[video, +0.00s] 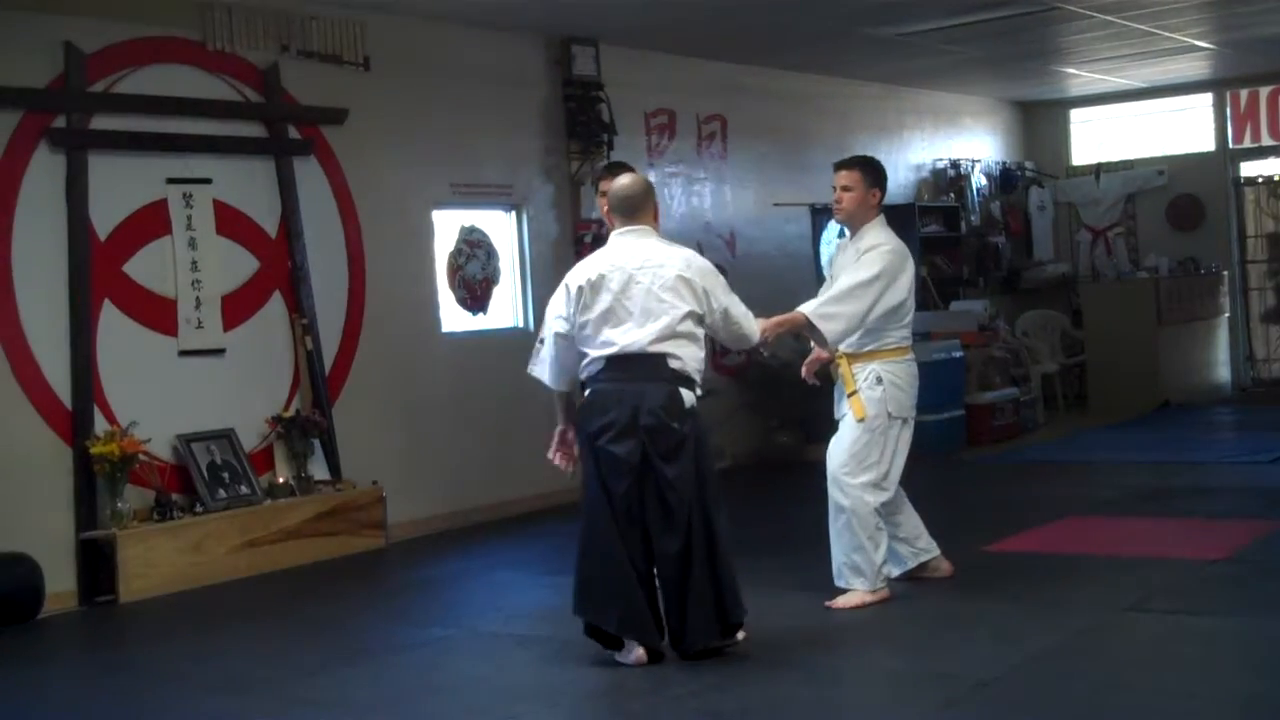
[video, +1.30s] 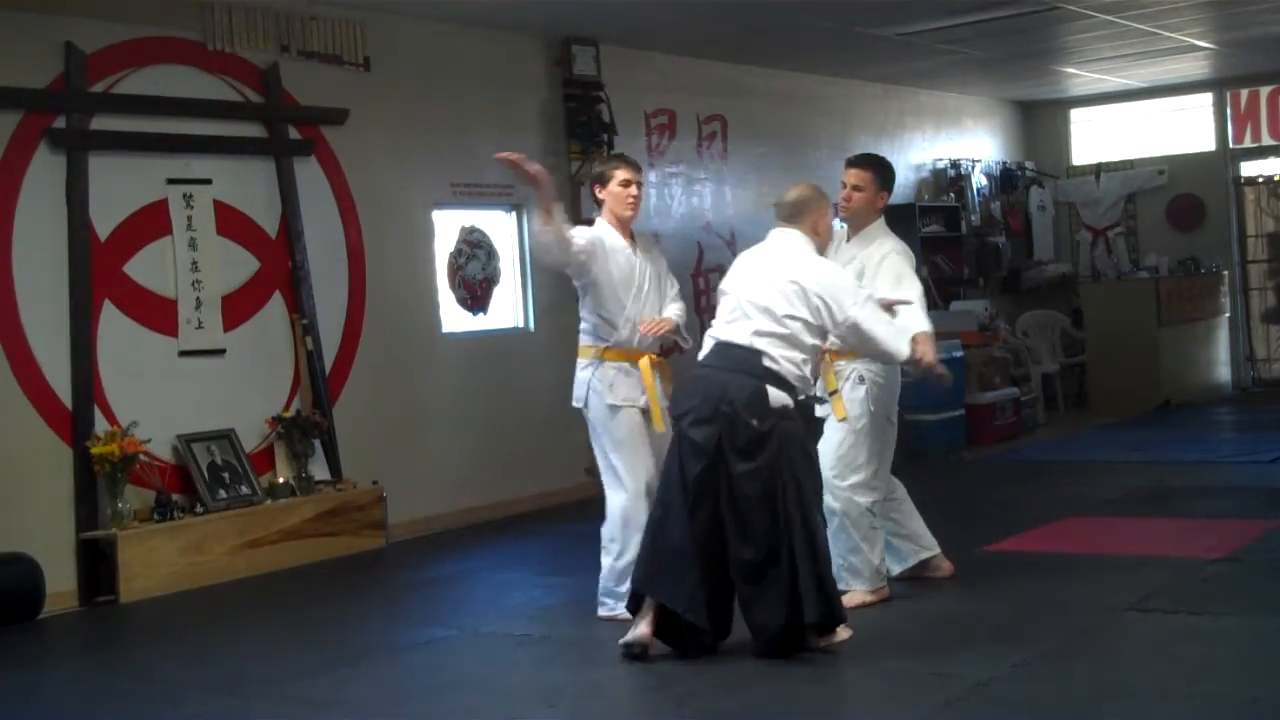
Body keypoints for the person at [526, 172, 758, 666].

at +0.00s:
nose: (601, 214)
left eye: (601, 208)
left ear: (608, 215)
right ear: (656, 212)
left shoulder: (583, 273)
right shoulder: (688, 264)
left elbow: (558, 357)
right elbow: (742, 332)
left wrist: (564, 421)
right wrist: (777, 324)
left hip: (604, 400)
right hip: (668, 396)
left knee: (615, 518)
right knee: (686, 513)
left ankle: (635, 639)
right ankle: (706, 629)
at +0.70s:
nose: (679, 217)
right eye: (676, 210)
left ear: (625, 218)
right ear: (669, 214)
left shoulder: (594, 269)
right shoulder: (696, 263)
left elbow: (578, 360)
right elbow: (738, 332)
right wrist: (758, 352)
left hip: (614, 400)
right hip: (681, 396)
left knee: (621, 519)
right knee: (704, 511)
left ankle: (634, 638)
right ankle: (721, 623)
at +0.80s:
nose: (695, 220)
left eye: (692, 213)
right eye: (693, 213)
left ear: (640, 217)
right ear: (685, 216)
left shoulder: (604, 269)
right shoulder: (710, 266)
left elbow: (600, 341)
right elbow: (758, 343)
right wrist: (768, 360)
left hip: (624, 399)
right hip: (689, 398)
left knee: (628, 518)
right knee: (727, 507)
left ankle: (635, 639)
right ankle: (770, 616)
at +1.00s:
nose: (747, 221)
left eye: (743, 213)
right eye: (745, 214)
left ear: (695, 220)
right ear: (738, 218)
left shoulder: (663, 266)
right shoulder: (759, 274)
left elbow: (634, 321)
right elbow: (810, 351)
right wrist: (812, 375)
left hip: (665, 400)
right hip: (730, 403)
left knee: (661, 519)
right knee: (760, 516)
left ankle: (643, 637)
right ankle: (808, 623)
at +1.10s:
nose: (780, 222)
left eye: (777, 215)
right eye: (778, 215)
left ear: (728, 219)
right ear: (769, 219)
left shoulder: (694, 265)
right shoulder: (789, 275)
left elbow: (688, 324)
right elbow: (837, 346)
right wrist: (853, 379)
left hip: (682, 393)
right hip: (747, 398)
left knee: (675, 515)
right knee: (774, 514)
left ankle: (649, 629)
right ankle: (799, 623)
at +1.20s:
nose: (811, 222)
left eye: (809, 214)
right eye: (809, 214)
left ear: (757, 218)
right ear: (798, 218)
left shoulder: (724, 261)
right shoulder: (809, 273)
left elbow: (723, 322)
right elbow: (860, 343)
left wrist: (799, 347)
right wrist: (892, 369)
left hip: (696, 383)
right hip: (758, 393)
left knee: (681, 507)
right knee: (786, 510)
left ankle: (650, 619)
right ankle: (809, 624)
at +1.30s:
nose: (831, 227)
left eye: (830, 218)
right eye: (829, 219)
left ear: (782, 221)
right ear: (818, 223)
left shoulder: (746, 260)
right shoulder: (825, 274)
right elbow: (870, 325)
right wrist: (911, 350)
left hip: (704, 378)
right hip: (765, 390)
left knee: (684, 503)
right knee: (790, 510)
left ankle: (648, 617)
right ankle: (812, 623)